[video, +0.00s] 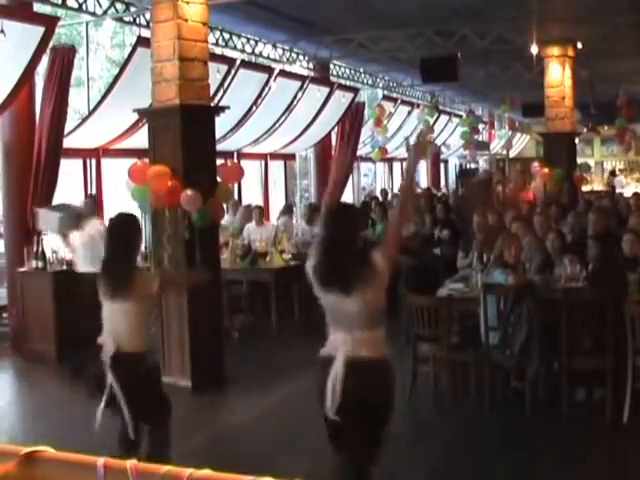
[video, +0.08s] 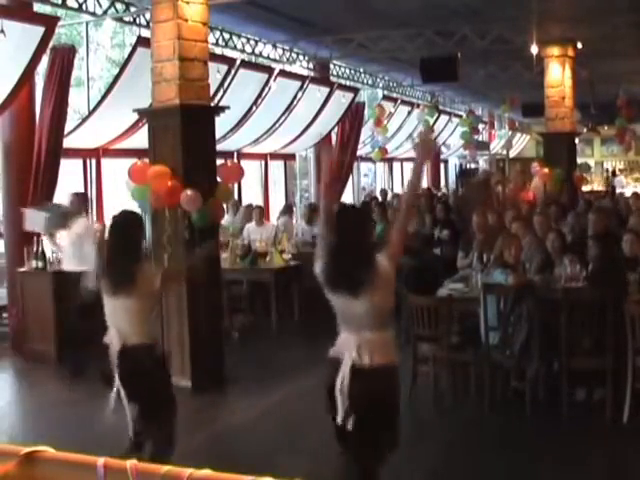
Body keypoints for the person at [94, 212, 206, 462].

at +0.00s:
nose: (140, 240)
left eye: (136, 236)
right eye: (138, 236)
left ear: (110, 241)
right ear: (137, 241)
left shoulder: (103, 280)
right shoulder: (145, 279)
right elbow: (177, 283)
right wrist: (200, 277)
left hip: (111, 356)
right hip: (136, 357)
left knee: (130, 417)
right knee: (160, 412)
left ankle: (127, 467)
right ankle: (157, 467)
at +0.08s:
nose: (143, 238)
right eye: (141, 233)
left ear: (111, 239)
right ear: (139, 238)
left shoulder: (105, 276)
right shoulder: (149, 273)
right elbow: (184, 273)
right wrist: (211, 248)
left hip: (120, 356)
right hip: (146, 354)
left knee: (141, 411)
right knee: (164, 413)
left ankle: (135, 448)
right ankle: (157, 464)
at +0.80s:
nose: (169, 221)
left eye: (165, 217)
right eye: (165, 217)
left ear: (136, 227)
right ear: (162, 225)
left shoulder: (134, 260)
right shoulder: (174, 253)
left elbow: (133, 217)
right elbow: (183, 207)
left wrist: (134, 175)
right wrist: (184, 158)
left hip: (152, 330)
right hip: (178, 327)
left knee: (170, 400)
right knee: (187, 399)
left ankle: (161, 457)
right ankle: (186, 461)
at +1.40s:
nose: (170, 221)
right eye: (167, 216)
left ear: (137, 219)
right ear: (164, 219)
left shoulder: (123, 250)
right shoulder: (175, 249)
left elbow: (95, 238)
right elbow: (212, 244)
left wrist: (70, 223)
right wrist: (248, 227)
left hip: (139, 328)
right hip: (172, 326)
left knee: (146, 392)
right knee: (175, 392)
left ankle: (152, 458)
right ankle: (178, 458)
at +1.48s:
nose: (168, 214)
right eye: (166, 209)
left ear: (131, 213)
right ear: (162, 213)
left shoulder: (123, 245)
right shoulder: (170, 243)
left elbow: (102, 241)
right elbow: (210, 246)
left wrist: (80, 231)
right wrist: (239, 232)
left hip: (139, 321)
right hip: (173, 320)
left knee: (140, 389)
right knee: (167, 356)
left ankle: (143, 459)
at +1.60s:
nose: (169, 220)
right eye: (166, 216)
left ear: (130, 218)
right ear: (160, 219)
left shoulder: (126, 252)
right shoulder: (165, 249)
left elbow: (110, 253)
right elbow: (190, 257)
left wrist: (91, 248)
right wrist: (198, 236)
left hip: (140, 330)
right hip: (174, 328)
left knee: (137, 403)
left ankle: (135, 464)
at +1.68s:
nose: (170, 223)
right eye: (167, 217)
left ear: (137, 219)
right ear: (163, 220)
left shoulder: (128, 253)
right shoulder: (164, 249)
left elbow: (109, 252)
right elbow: (188, 263)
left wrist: (88, 245)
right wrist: (195, 258)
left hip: (137, 333)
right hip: (170, 331)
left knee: (137, 401)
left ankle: (135, 464)